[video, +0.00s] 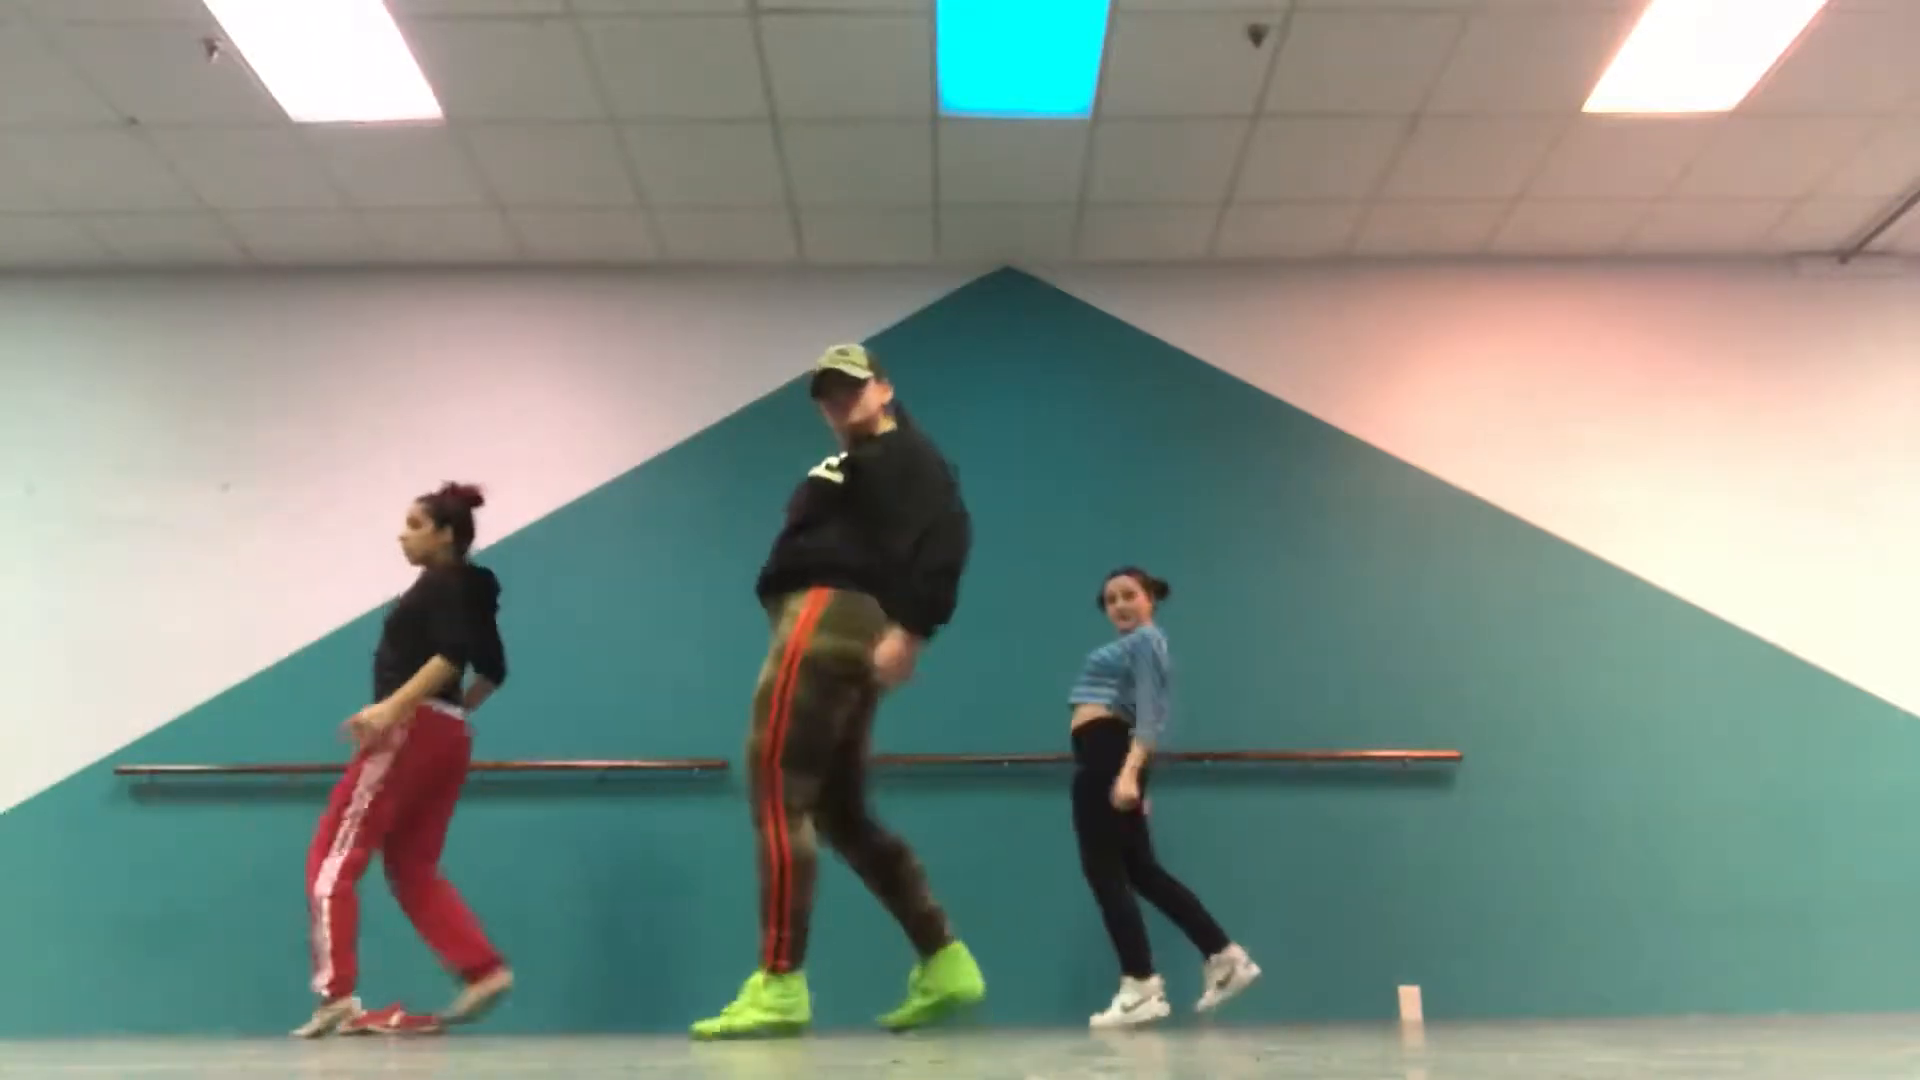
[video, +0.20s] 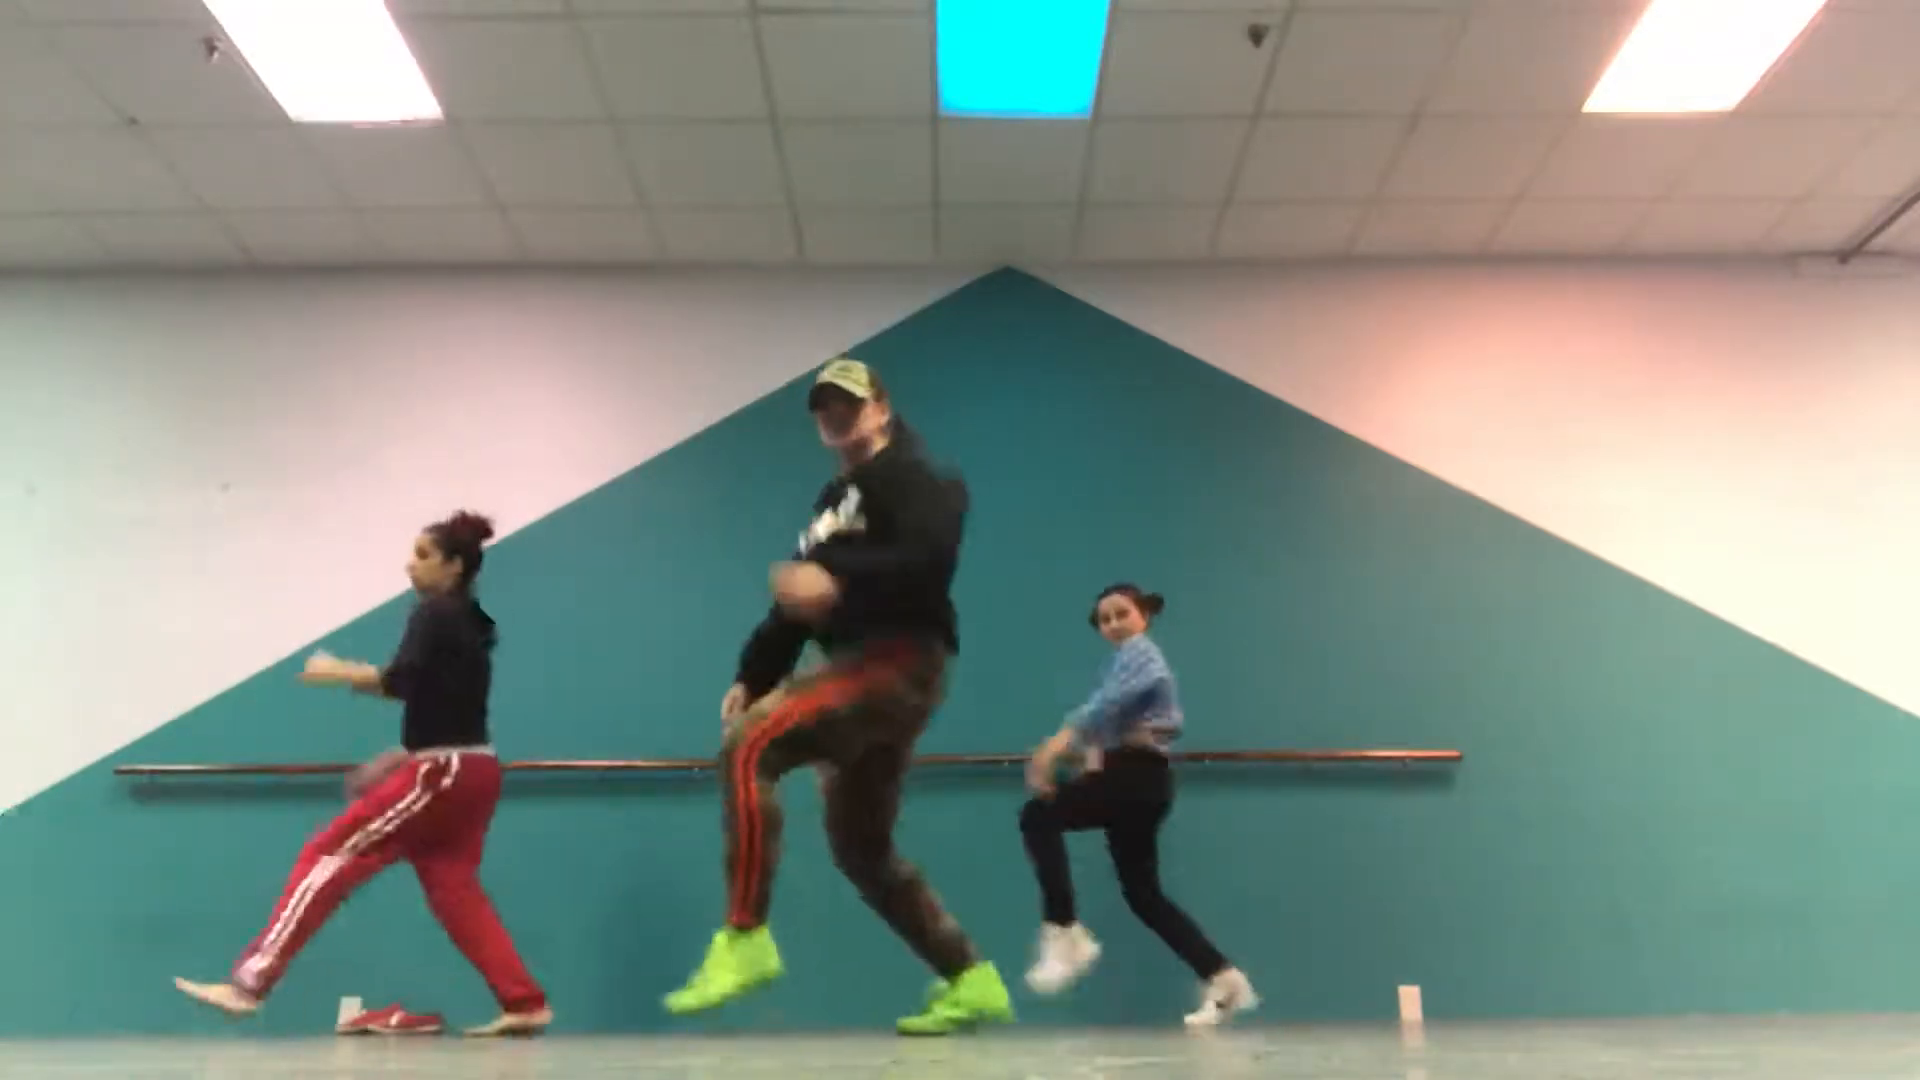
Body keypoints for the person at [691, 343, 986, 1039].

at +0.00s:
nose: (837, 404)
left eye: (849, 390)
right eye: (827, 396)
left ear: (883, 389)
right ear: (824, 408)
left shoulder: (902, 451)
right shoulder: (849, 459)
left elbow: (944, 532)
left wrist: (910, 625)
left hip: (830, 607)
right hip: (844, 613)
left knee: (779, 786)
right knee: (841, 809)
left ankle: (779, 981)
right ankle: (943, 961)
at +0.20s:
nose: (833, 419)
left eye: (847, 405)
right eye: (823, 410)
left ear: (881, 407)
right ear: (817, 422)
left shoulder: (924, 479)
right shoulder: (835, 500)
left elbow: (923, 562)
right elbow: (804, 598)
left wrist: (831, 573)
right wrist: (755, 679)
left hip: (903, 664)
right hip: (862, 667)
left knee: (751, 746)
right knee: (860, 846)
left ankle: (744, 937)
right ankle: (969, 976)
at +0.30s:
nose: (836, 416)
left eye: (849, 403)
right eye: (826, 407)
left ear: (880, 409)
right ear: (816, 419)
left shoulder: (910, 482)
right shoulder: (829, 504)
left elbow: (854, 550)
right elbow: (799, 606)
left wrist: (771, 510)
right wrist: (759, 695)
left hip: (916, 663)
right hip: (863, 669)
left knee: (769, 742)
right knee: (864, 852)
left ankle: (787, 929)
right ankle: (973, 982)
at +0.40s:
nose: (841, 390)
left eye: (854, 376)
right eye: (829, 379)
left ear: (883, 380)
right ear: (819, 390)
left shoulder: (896, 441)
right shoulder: (822, 463)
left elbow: (811, 474)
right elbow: (802, 573)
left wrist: (729, 440)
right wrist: (786, 671)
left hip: (892, 628)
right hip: (837, 636)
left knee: (804, 764)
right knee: (855, 820)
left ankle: (893, 930)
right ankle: (960, 965)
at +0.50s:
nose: (828, 375)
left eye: (842, 363)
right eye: (820, 365)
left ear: (874, 365)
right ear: (816, 370)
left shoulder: (877, 408)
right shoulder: (814, 420)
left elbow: (774, 422)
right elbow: (747, 432)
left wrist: (668, 418)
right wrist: (676, 420)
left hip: (869, 616)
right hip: (809, 626)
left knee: (852, 792)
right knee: (778, 806)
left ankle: (956, 956)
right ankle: (898, 929)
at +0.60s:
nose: (795, 383)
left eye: (808, 371)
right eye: (795, 372)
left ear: (841, 369)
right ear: (832, 371)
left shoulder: (849, 411)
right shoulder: (803, 427)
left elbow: (730, 428)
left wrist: (620, 456)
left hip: (858, 626)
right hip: (799, 644)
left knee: (834, 795)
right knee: (704, 786)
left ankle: (952, 954)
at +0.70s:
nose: (754, 408)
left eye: (764, 396)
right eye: (751, 398)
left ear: (798, 392)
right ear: (797, 394)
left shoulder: (824, 432)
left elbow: (705, 486)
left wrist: (638, 539)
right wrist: (722, 688)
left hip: (828, 636)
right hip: (767, 654)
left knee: (804, 817)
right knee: (667, 790)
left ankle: (946, 952)